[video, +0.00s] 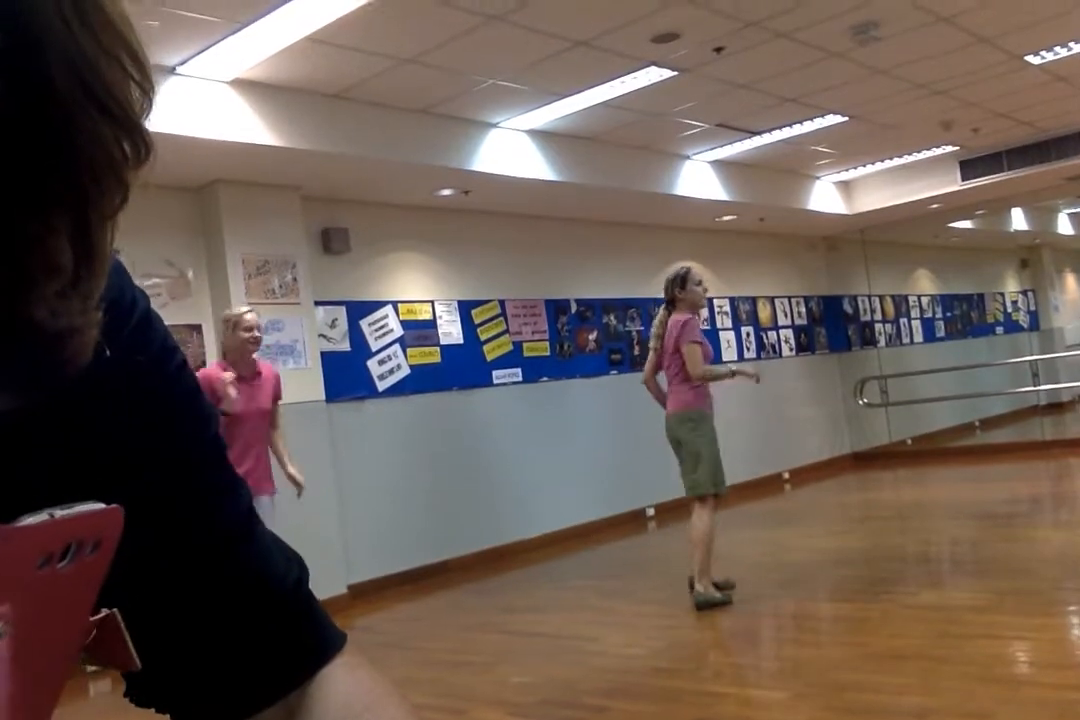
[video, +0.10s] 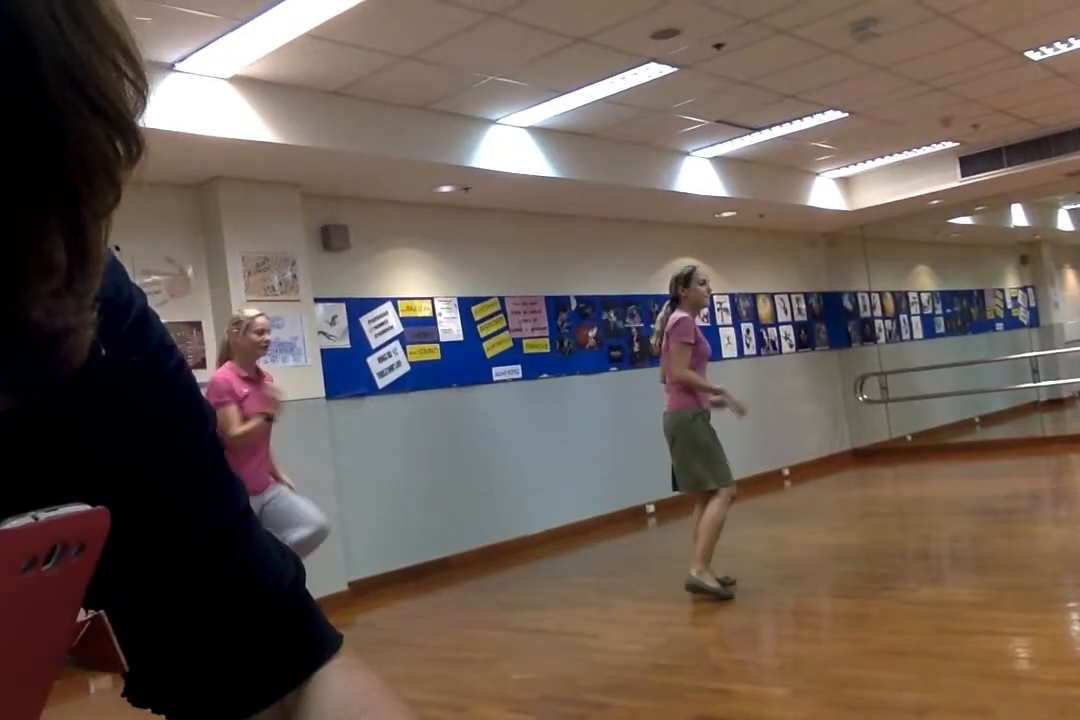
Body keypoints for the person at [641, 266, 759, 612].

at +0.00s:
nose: (704, 290)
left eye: (702, 285)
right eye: (698, 286)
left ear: (679, 294)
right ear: (681, 292)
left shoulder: (667, 325)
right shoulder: (687, 323)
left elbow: (649, 377)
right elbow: (697, 371)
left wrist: (670, 404)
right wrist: (735, 370)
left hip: (679, 414)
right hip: (693, 414)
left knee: (704, 500)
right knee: (705, 501)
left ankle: (702, 577)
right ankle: (702, 585)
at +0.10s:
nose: (710, 289)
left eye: (708, 283)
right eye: (703, 284)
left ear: (686, 291)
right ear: (684, 290)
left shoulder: (679, 323)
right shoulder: (683, 322)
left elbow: (668, 376)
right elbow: (677, 372)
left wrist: (710, 395)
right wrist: (720, 392)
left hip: (682, 416)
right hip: (688, 415)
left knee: (705, 497)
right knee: (725, 490)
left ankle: (704, 569)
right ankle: (700, 570)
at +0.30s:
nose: (709, 288)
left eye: (709, 283)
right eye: (703, 283)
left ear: (697, 291)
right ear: (684, 289)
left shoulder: (691, 325)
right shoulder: (677, 322)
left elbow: (695, 376)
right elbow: (655, 366)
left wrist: (732, 382)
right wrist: (688, 391)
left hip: (690, 413)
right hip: (685, 414)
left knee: (699, 495)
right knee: (722, 488)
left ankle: (698, 569)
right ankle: (698, 568)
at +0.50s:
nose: (713, 292)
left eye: (713, 287)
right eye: (707, 286)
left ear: (700, 294)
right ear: (687, 291)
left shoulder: (695, 328)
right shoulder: (676, 326)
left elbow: (692, 378)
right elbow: (663, 373)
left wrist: (708, 418)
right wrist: (701, 385)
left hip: (699, 419)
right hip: (685, 420)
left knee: (720, 494)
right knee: (703, 496)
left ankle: (701, 570)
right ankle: (697, 573)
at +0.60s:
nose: (713, 293)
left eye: (713, 288)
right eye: (707, 288)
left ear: (702, 296)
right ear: (688, 293)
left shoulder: (694, 328)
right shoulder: (678, 326)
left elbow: (692, 372)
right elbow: (672, 374)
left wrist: (725, 375)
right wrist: (713, 372)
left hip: (699, 419)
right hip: (684, 420)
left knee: (727, 490)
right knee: (703, 495)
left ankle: (703, 563)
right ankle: (696, 572)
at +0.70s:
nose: (712, 292)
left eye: (712, 287)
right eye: (706, 286)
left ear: (700, 293)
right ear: (686, 293)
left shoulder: (694, 327)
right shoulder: (679, 324)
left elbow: (691, 372)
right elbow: (673, 372)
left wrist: (727, 370)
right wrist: (719, 369)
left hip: (702, 418)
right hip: (686, 419)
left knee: (724, 489)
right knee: (699, 496)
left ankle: (703, 561)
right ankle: (697, 574)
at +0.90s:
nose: (710, 299)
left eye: (711, 293)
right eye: (704, 293)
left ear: (702, 299)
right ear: (686, 298)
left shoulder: (695, 332)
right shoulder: (679, 331)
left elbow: (700, 383)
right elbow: (675, 382)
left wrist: (730, 392)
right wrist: (712, 403)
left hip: (701, 418)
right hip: (686, 420)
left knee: (714, 495)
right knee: (698, 497)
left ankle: (706, 570)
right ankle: (697, 576)